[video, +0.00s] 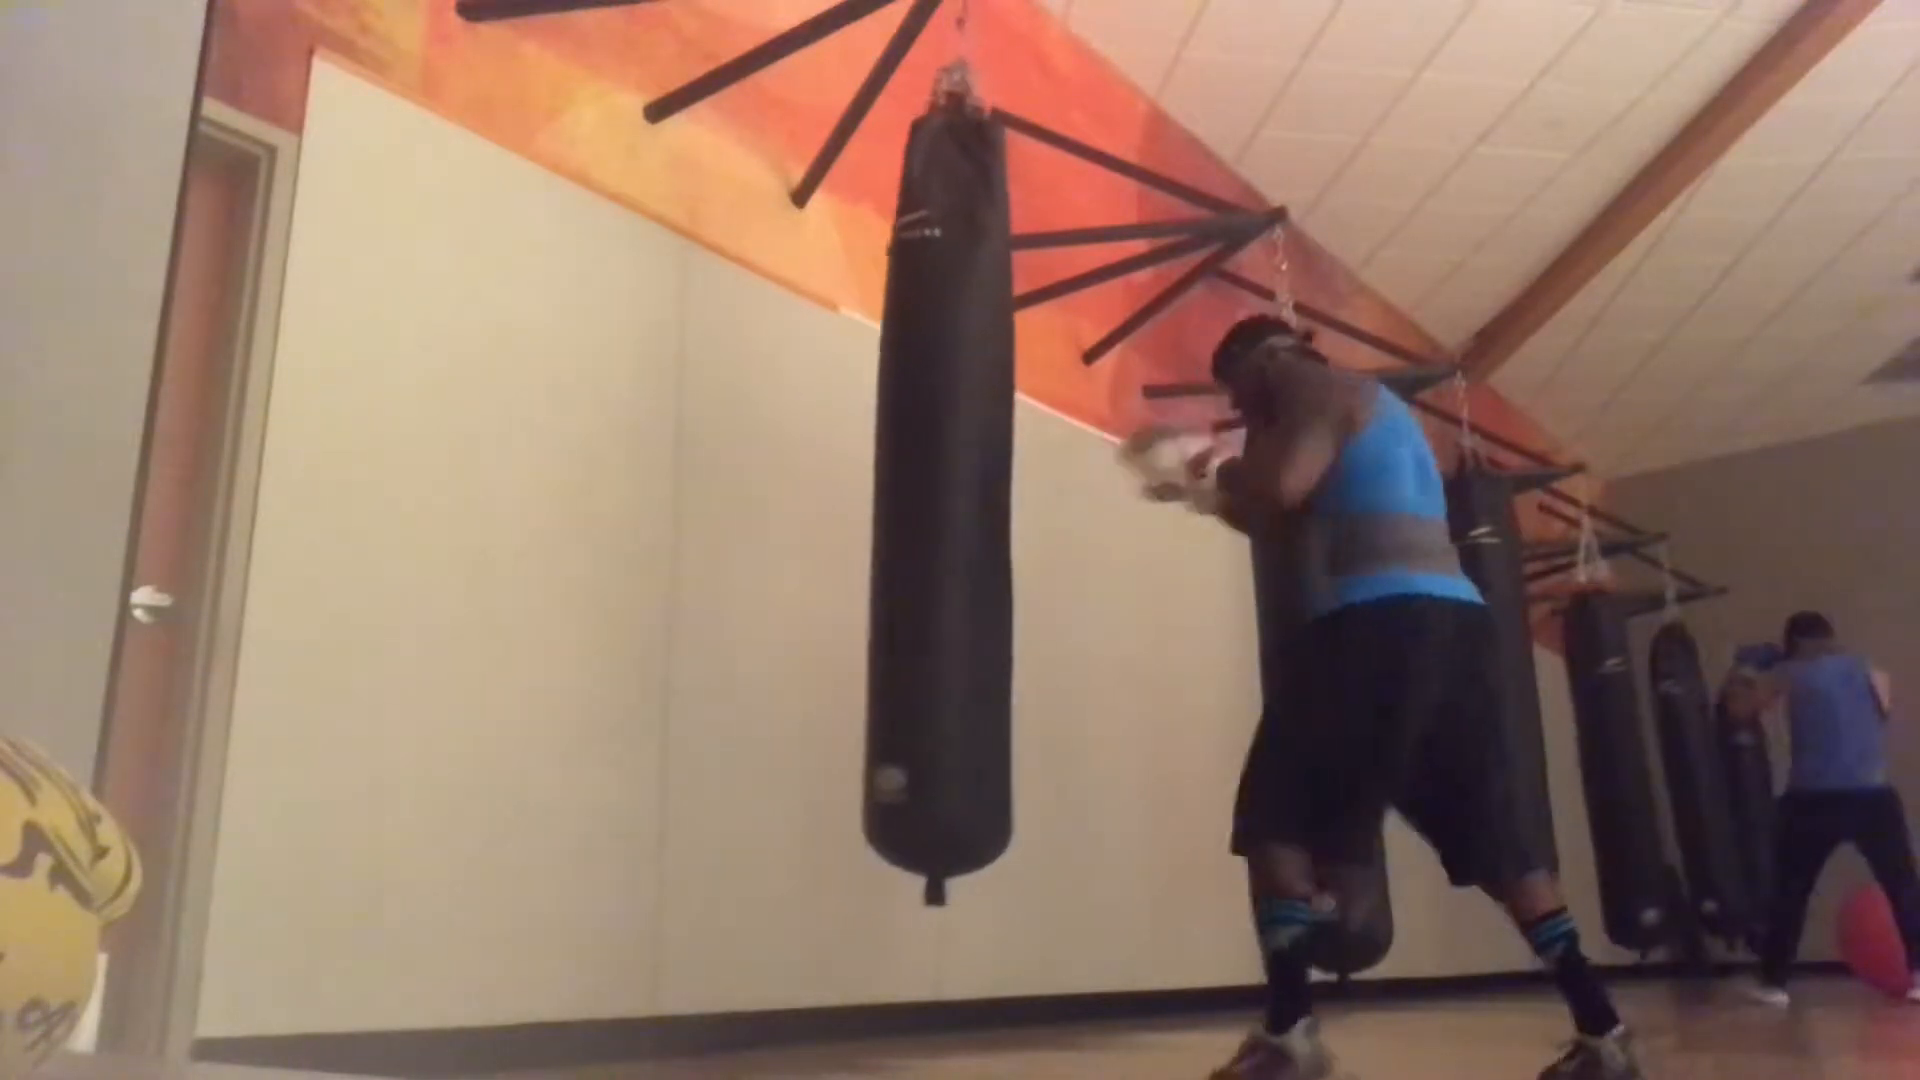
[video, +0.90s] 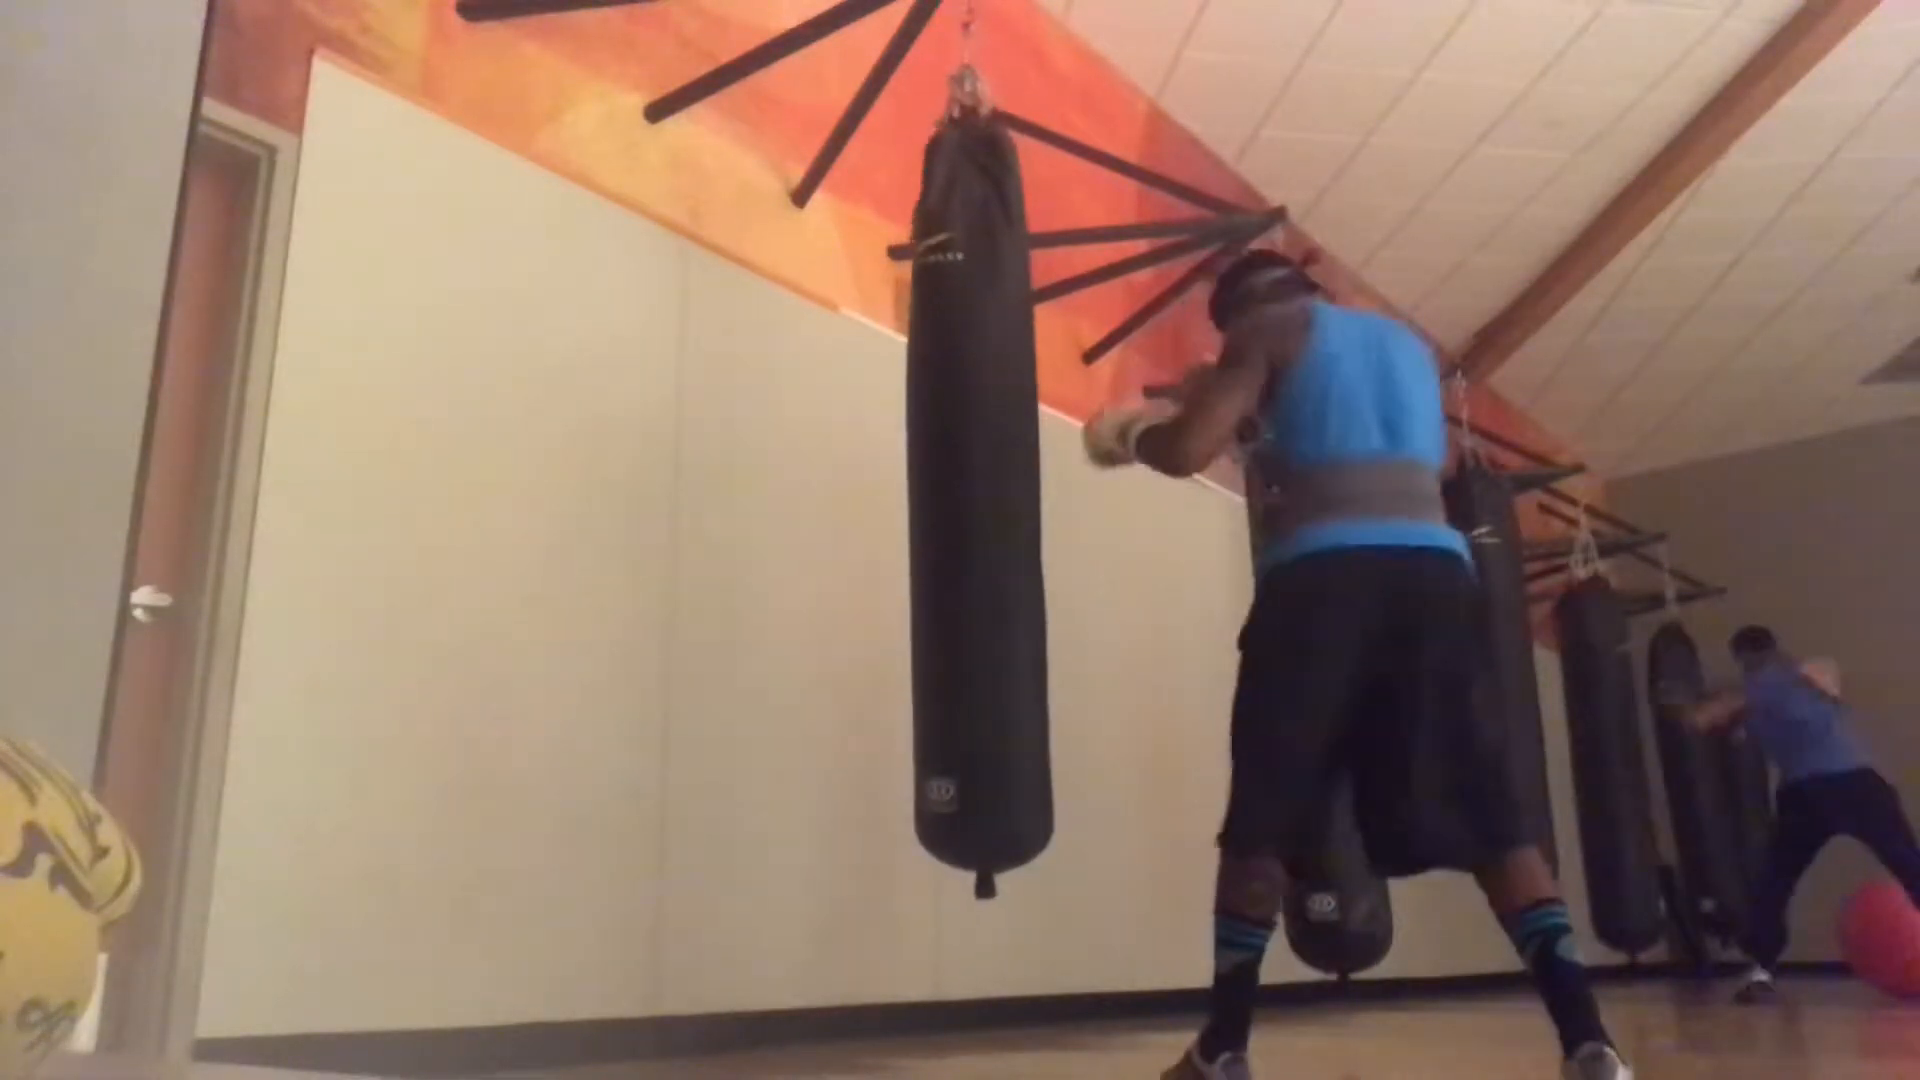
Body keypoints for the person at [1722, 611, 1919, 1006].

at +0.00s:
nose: (1794, 654)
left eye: (1791, 648)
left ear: (1792, 645)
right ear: (1832, 637)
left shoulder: (1790, 673)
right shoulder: (1866, 670)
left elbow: (1741, 709)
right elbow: (1883, 712)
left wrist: (1739, 671)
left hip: (1813, 799)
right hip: (1872, 798)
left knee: (1791, 890)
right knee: (1904, 887)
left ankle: (1775, 981)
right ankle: (1917, 975)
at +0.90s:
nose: (1751, 666)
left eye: (1745, 660)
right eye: (1752, 657)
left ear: (1740, 660)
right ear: (1779, 650)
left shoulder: (1749, 695)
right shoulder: (1815, 674)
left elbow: (1702, 721)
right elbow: (1829, 691)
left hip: (1804, 796)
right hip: (1859, 784)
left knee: (1774, 882)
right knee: (1909, 866)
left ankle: (1761, 969)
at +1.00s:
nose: (1727, 675)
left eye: (1726, 668)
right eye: (1726, 668)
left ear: (1731, 666)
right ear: (1765, 657)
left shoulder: (1746, 691)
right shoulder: (1795, 682)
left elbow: (1689, 713)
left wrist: (1642, 713)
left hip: (1806, 794)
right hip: (1859, 784)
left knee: (1774, 884)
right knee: (1908, 867)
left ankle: (1760, 975)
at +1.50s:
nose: (1713, 679)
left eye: (1712, 672)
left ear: (1712, 671)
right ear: (1746, 665)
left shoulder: (1717, 699)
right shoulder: (1776, 690)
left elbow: (1672, 724)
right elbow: (1808, 722)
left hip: (1760, 803)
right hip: (1810, 795)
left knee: (1729, 882)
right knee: (1858, 880)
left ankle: (1700, 962)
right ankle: (1897, 961)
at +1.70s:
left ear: (1680, 677)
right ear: (1716, 669)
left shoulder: (1676, 711)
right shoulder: (1745, 692)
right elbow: (1771, 724)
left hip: (1727, 800)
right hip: (1780, 788)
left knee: (1712, 879)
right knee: (1819, 866)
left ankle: (1695, 971)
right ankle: (1842, 952)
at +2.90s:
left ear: (1685, 657)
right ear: (1720, 649)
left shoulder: (1684, 696)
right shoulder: (1754, 674)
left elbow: (1673, 756)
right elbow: (1779, 712)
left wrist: (1686, 803)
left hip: (1736, 794)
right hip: (1790, 785)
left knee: (1728, 883)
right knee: (1829, 875)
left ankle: (1712, 975)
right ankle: (1850, 966)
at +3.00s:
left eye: (1670, 660)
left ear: (1678, 656)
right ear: (1715, 643)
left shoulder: (1686, 687)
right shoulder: (1743, 665)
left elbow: (1634, 718)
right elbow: (1789, 676)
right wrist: (1765, 664)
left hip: (1736, 783)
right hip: (1781, 774)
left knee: (1738, 871)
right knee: (1816, 864)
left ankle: (1713, 966)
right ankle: (1843, 962)